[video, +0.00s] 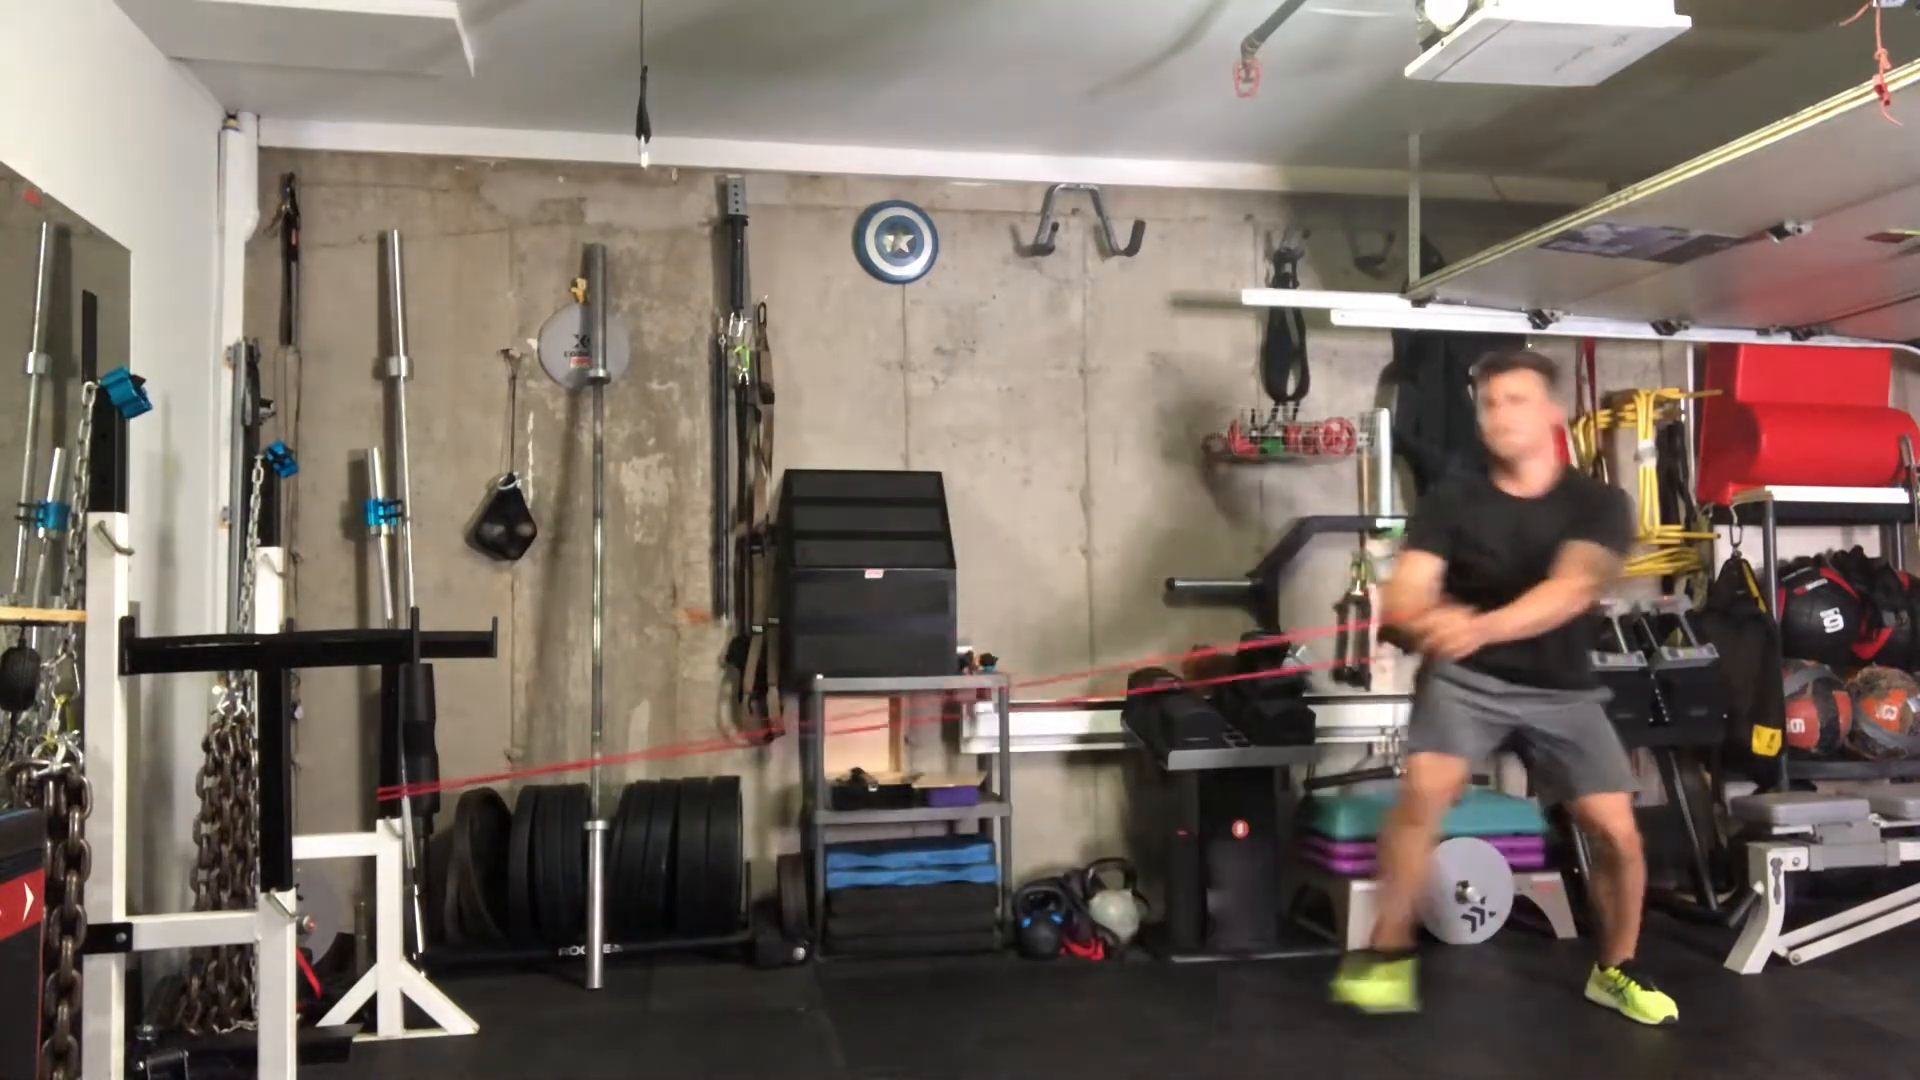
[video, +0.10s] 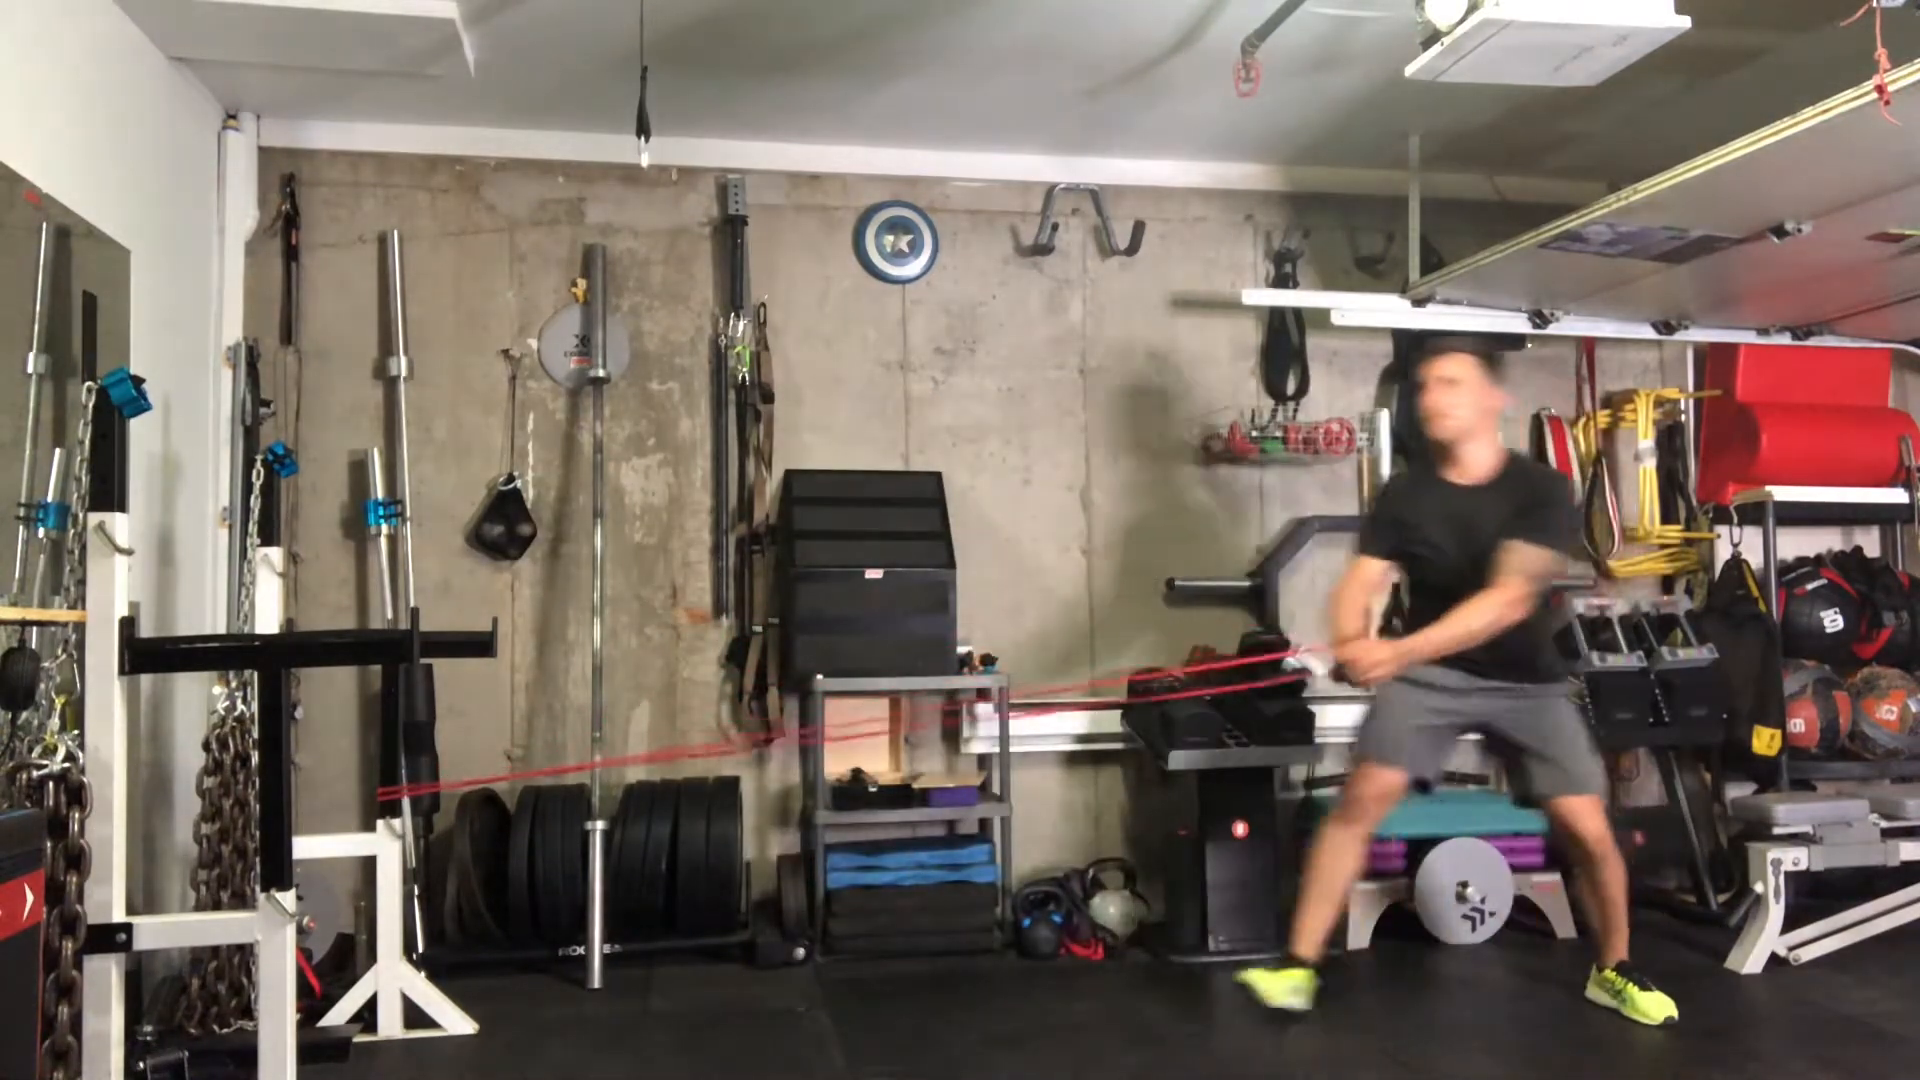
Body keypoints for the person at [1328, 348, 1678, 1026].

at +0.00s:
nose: (1500, 415)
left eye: (1515, 401)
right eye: (1489, 404)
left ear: (1553, 414)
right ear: (1479, 419)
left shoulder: (1597, 503)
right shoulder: (1453, 498)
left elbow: (1572, 590)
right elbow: (1403, 600)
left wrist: (1482, 627)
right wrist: (1439, 623)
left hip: (1565, 696)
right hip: (1463, 687)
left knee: (1619, 836)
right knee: (1422, 797)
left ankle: (1614, 970)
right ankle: (1389, 954)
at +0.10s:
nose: (1432, 397)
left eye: (1450, 384)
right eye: (1424, 387)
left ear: (1494, 398)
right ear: (1414, 403)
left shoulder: (1543, 491)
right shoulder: (1403, 495)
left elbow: (1510, 600)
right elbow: (1360, 590)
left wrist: (1400, 652)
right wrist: (1352, 644)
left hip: (1529, 688)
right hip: (1425, 683)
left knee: (1588, 829)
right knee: (1364, 796)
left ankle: (1612, 971)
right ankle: (1301, 965)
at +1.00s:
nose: (1007, 344)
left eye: (1026, 335)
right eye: (1012, 331)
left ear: (1071, 358)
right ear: (1037, 355)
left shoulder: (1078, 462)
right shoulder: (994, 456)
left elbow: (1080, 594)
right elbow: (974, 561)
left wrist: (963, 634)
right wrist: (934, 616)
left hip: (1044, 674)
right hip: (989, 669)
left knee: (957, 824)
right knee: (969, 826)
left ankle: (972, 1031)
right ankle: (1114, 911)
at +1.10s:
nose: (965, 330)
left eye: (983, 321)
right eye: (970, 317)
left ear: (1027, 347)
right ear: (988, 339)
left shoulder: (1040, 446)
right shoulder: (951, 443)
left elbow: (1050, 580)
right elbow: (929, 542)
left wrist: (926, 613)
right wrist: (891, 596)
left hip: (1005, 666)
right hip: (936, 658)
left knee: (947, 823)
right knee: (884, 803)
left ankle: (971, 1031)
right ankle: (1002, 935)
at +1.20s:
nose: (925, 325)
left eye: (943, 315)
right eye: (929, 313)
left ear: (986, 338)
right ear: (951, 335)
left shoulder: (1009, 443)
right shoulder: (908, 439)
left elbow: (1024, 571)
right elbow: (884, 538)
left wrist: (899, 597)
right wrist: (855, 588)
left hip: (967, 672)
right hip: (886, 663)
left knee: (937, 831)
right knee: (825, 795)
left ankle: (973, 1028)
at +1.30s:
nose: (889, 329)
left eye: (909, 318)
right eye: (890, 316)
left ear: (952, 343)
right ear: (895, 339)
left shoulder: (981, 449)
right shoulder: (860, 442)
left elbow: (1008, 574)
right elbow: (824, 542)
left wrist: (884, 598)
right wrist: (821, 589)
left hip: (932, 675)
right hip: (840, 670)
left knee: (914, 831)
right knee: (778, 807)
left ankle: (972, 1027)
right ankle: (731, 973)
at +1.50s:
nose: (821, 351)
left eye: (838, 340)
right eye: (812, 339)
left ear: (869, 360)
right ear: (797, 356)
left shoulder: (903, 470)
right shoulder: (753, 463)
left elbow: (957, 578)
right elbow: (711, 572)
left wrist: (870, 614)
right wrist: (768, 614)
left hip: (858, 689)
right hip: (757, 685)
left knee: (873, 837)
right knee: (700, 831)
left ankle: (967, 1020)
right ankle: (667, 999)